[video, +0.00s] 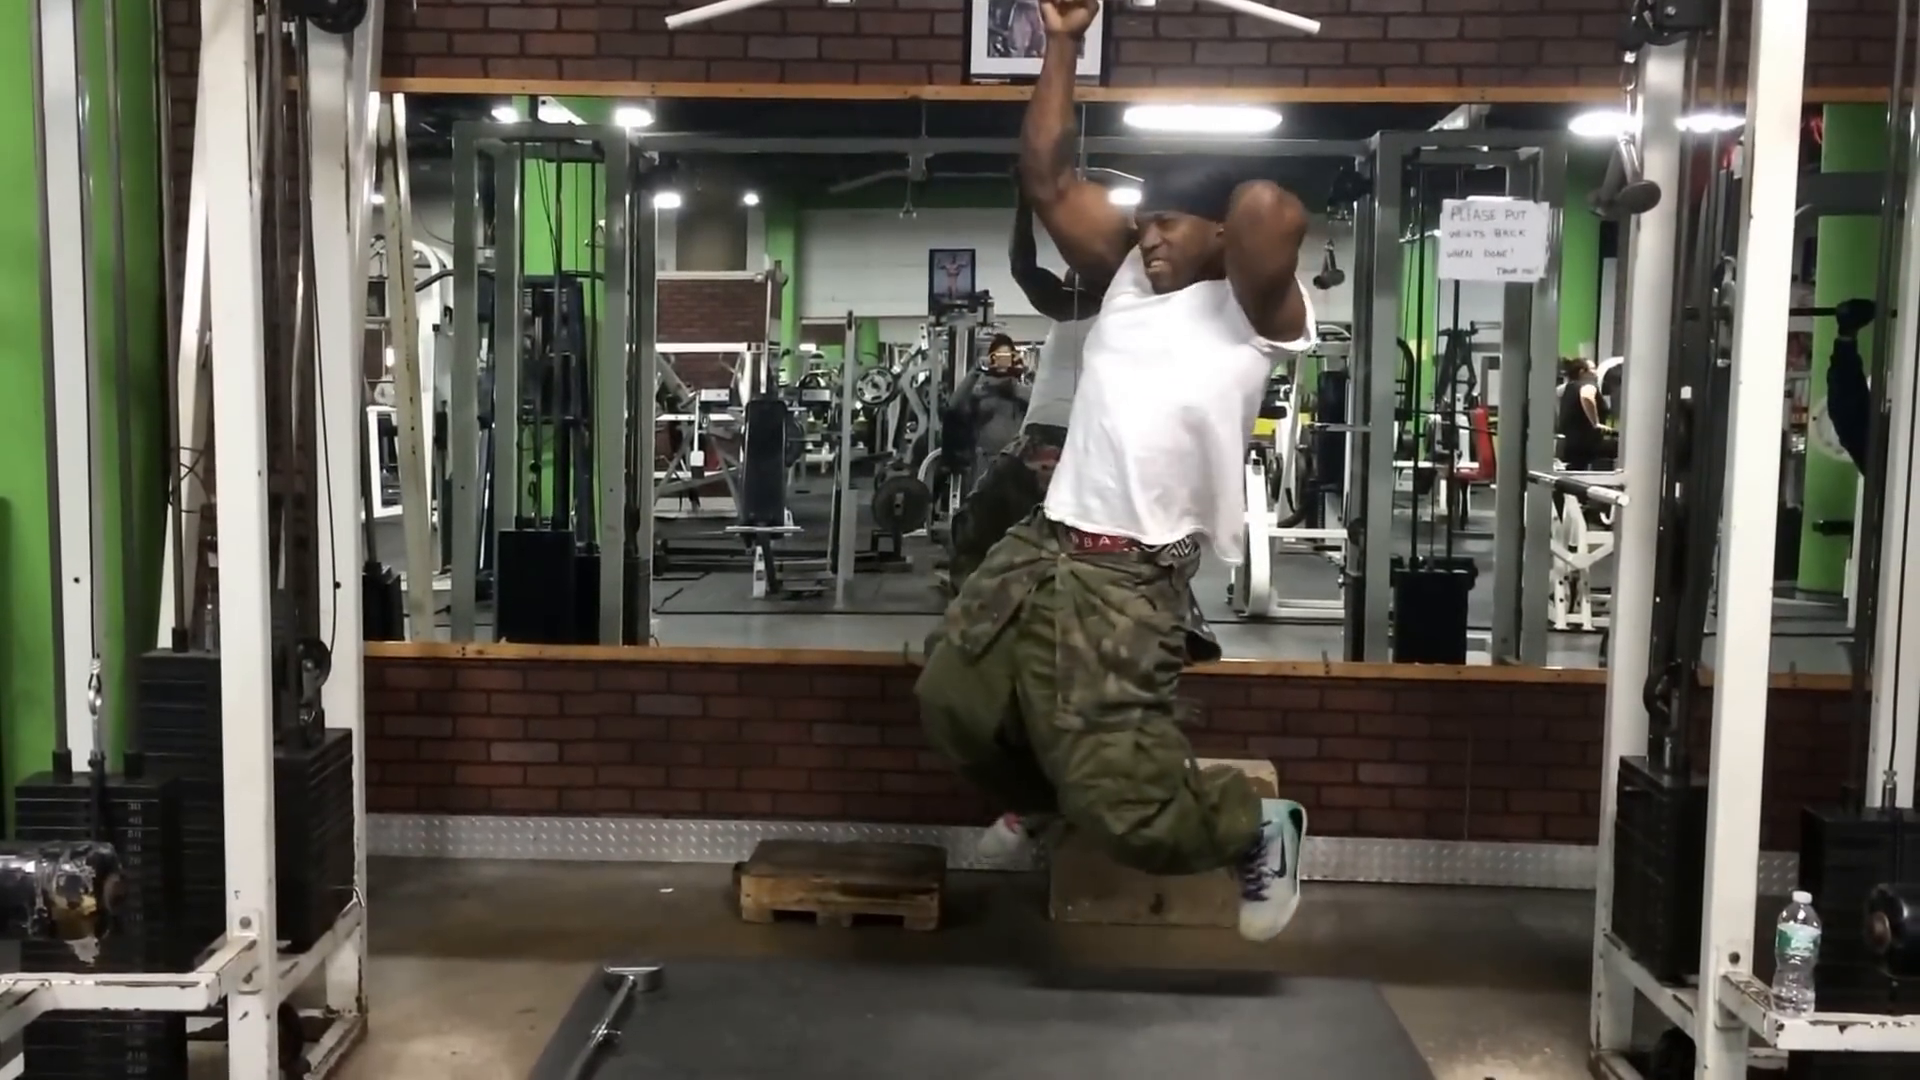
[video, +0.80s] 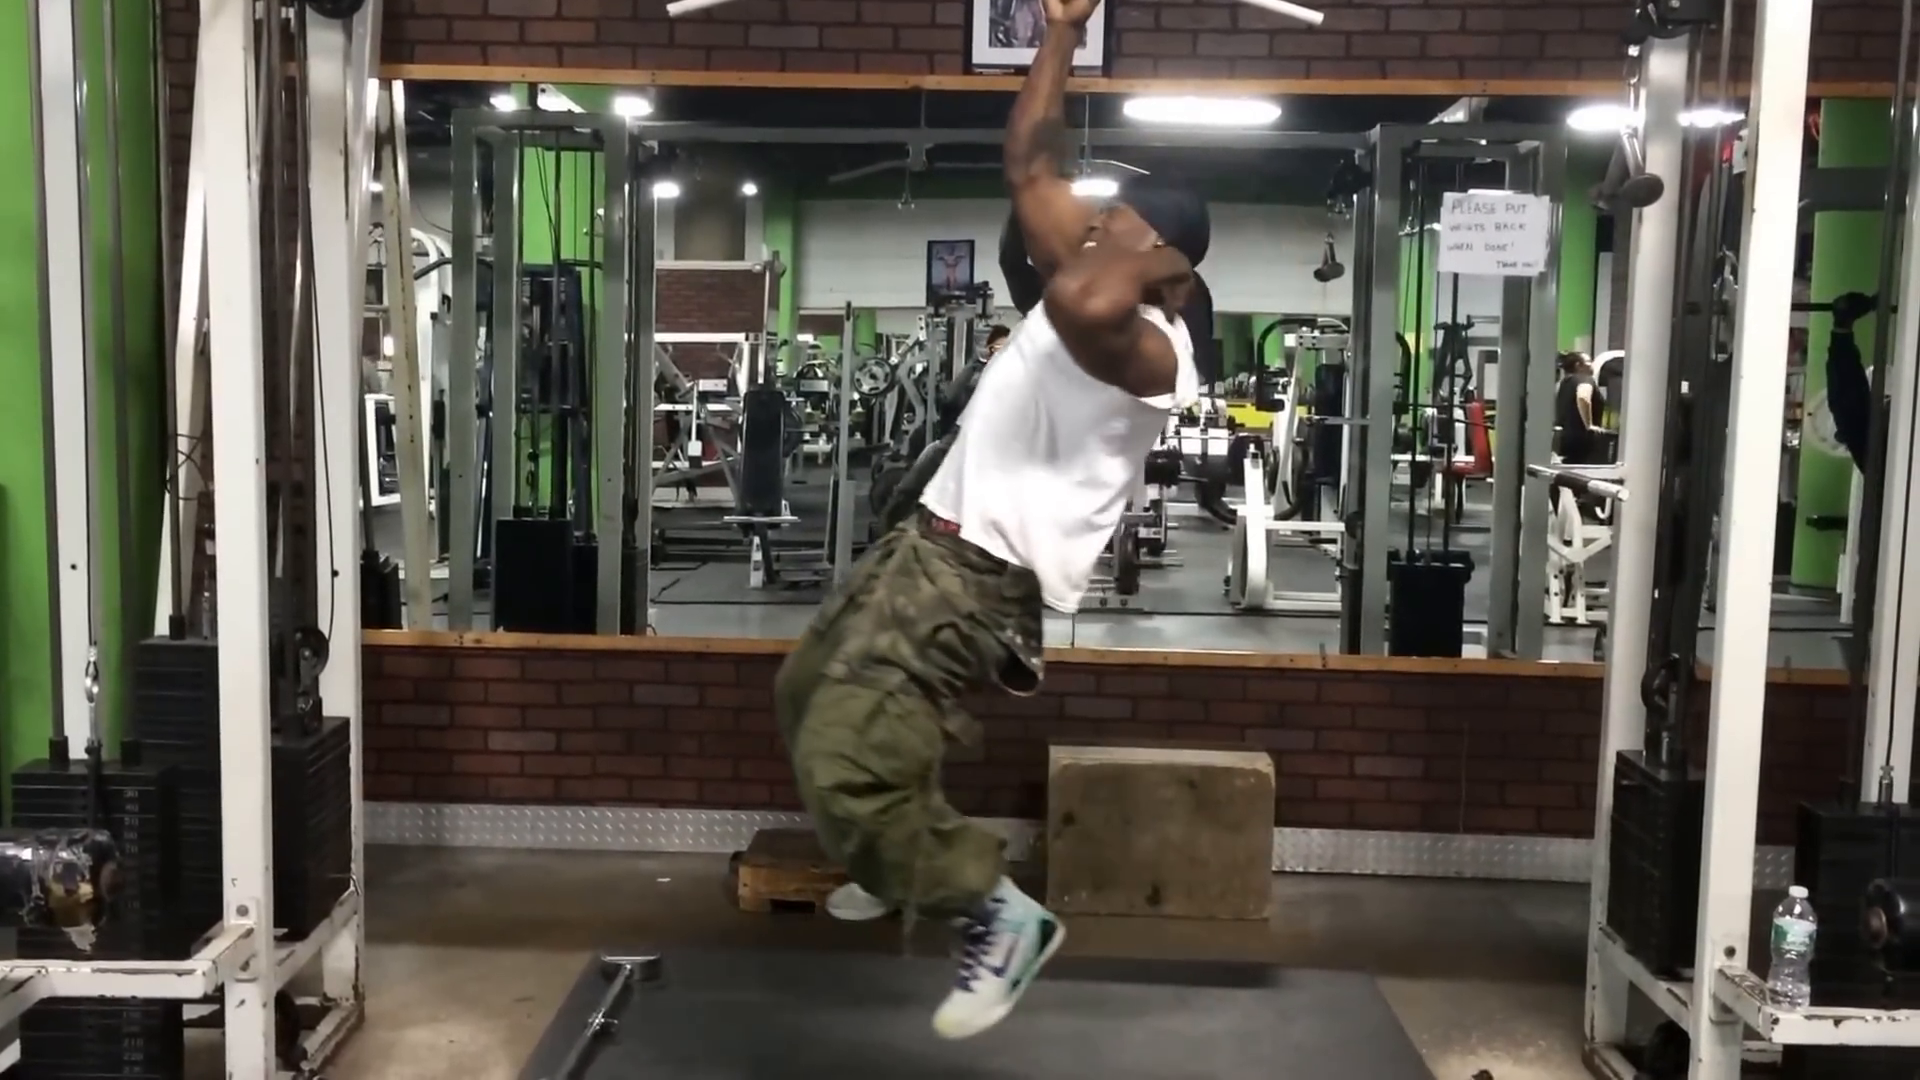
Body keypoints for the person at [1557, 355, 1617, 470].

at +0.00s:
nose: (1596, 372)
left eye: (1595, 368)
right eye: (1593, 369)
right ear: (1582, 372)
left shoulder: (1567, 387)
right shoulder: (1589, 386)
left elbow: (1557, 390)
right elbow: (1587, 398)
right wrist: (1596, 423)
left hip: (1569, 443)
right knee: (1618, 445)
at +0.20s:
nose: (1596, 370)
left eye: (1594, 366)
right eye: (1592, 366)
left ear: (1579, 371)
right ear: (1582, 370)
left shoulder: (1568, 385)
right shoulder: (1587, 384)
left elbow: (1556, 397)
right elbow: (1585, 403)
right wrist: (1592, 431)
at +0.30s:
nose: (1595, 368)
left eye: (1594, 365)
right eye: (1591, 365)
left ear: (1579, 369)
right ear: (1581, 369)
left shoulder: (1567, 386)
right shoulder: (1586, 385)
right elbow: (1583, 409)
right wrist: (1589, 438)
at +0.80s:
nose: (1592, 365)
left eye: (1590, 361)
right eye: (1588, 361)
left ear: (1576, 366)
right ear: (1578, 366)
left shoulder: (1564, 382)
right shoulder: (1585, 380)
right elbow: (1583, 398)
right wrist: (1589, 424)